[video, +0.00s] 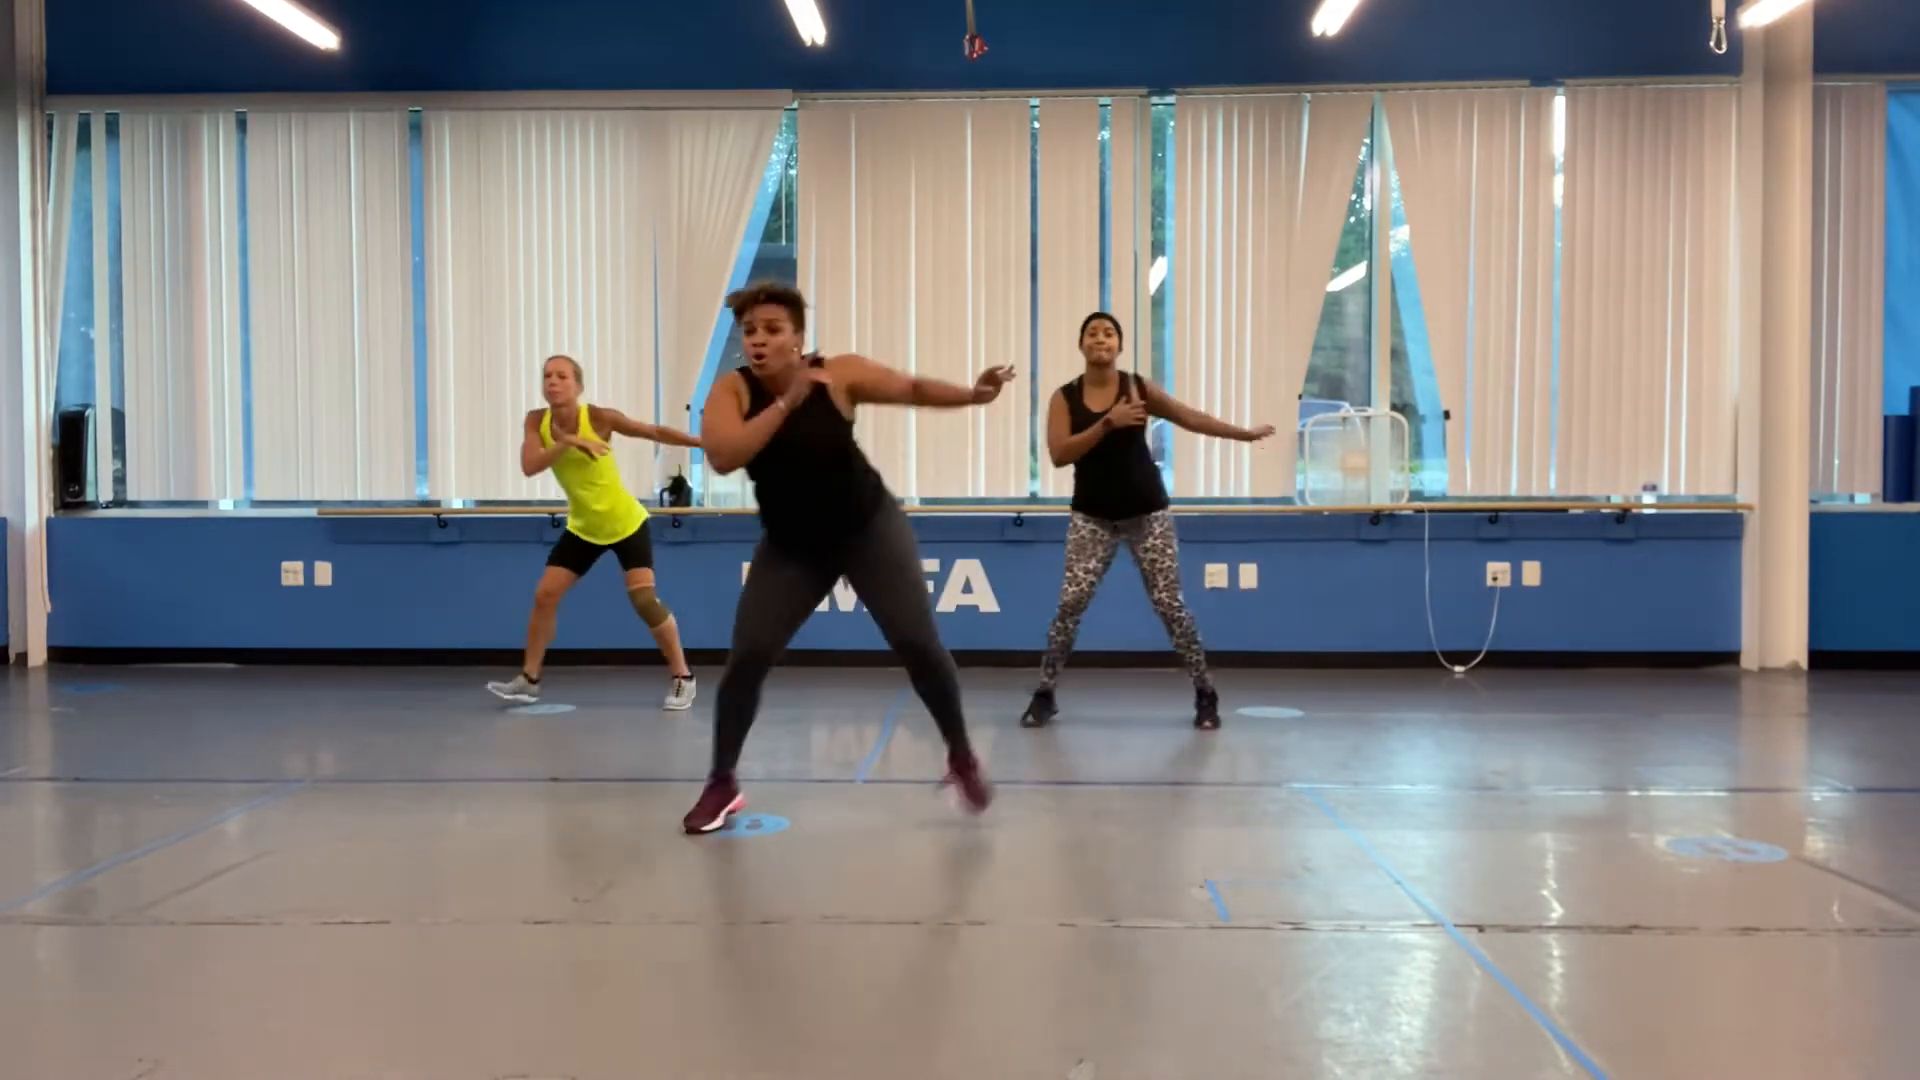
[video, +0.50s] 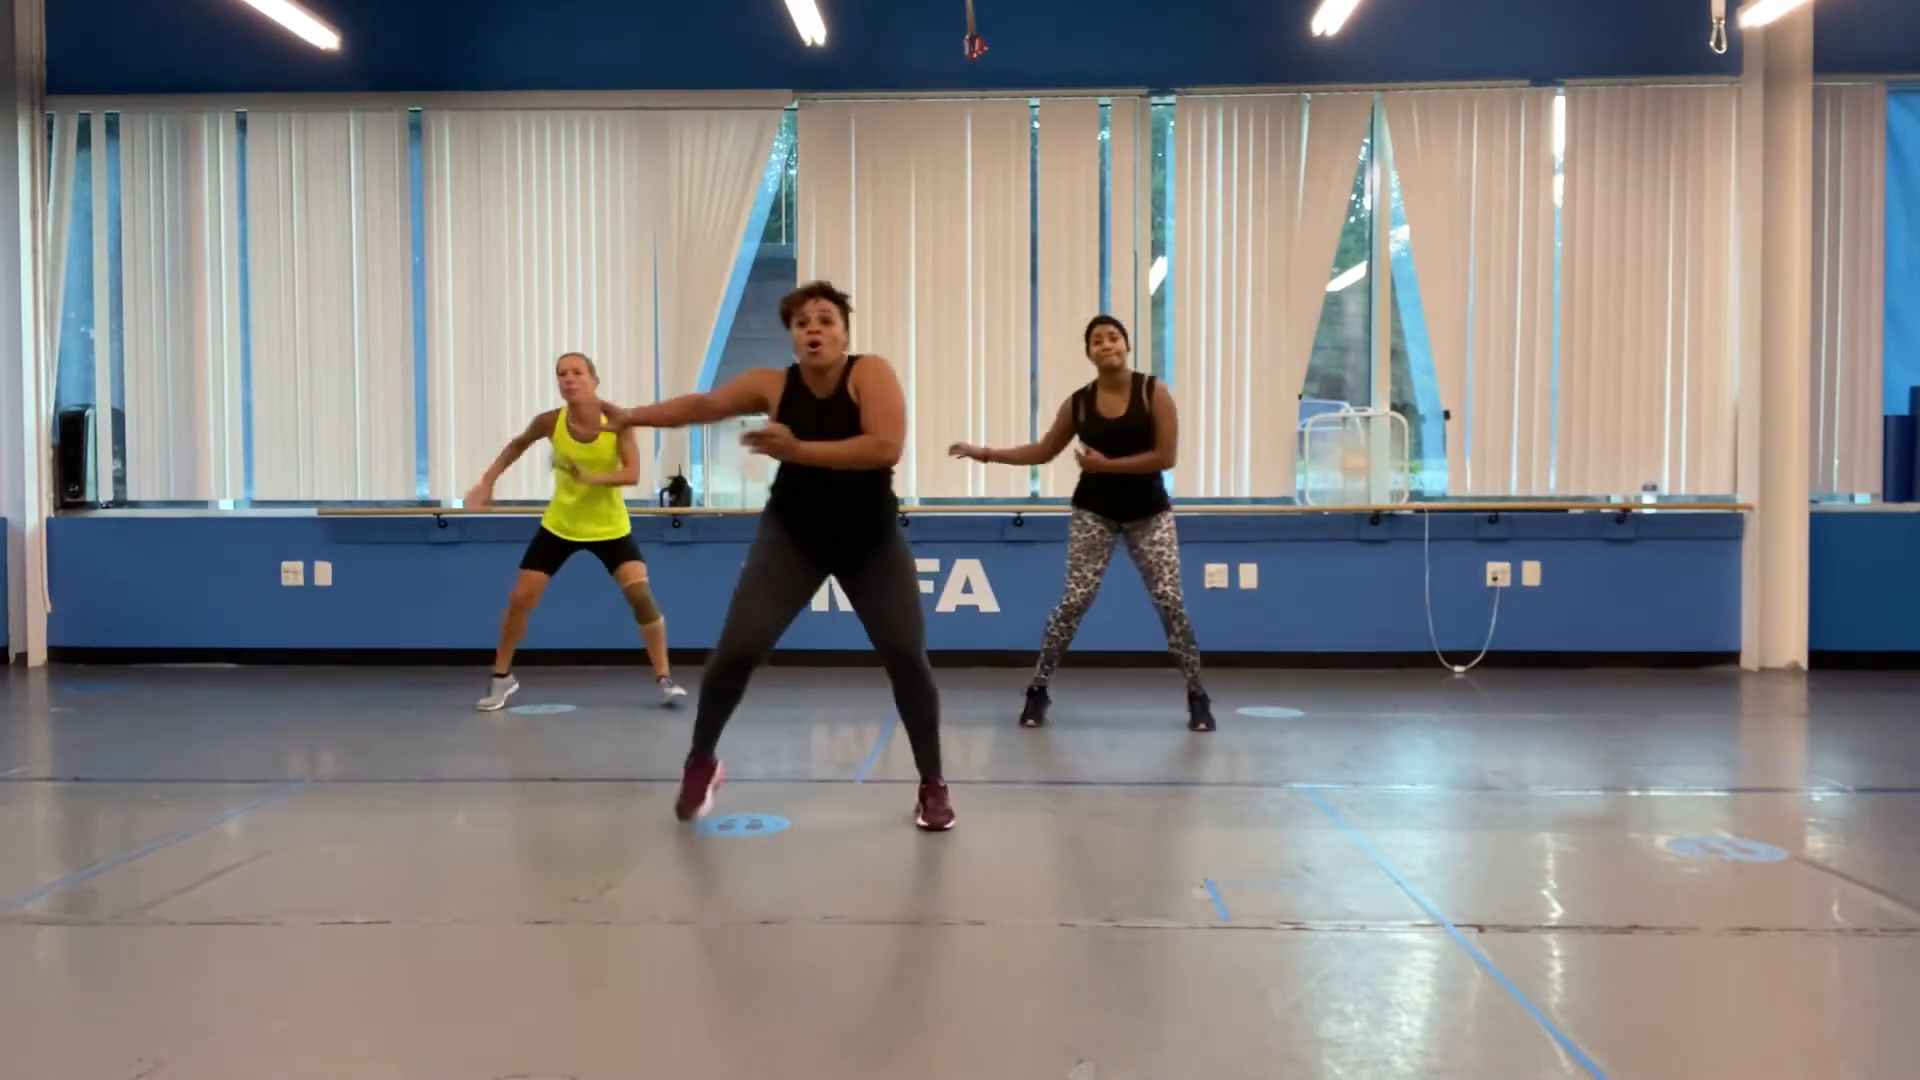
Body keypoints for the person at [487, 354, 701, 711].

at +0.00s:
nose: (552, 382)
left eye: (561, 377)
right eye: (547, 377)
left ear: (578, 387)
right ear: (542, 388)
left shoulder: (601, 417)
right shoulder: (537, 421)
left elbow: (653, 432)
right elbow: (529, 466)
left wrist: (701, 442)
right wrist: (568, 442)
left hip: (626, 522)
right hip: (582, 526)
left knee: (643, 599)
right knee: (546, 595)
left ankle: (683, 678)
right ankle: (529, 680)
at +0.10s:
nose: (540, 389)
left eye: (548, 384)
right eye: (534, 384)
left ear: (565, 393)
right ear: (528, 393)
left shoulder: (586, 425)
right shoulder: (522, 427)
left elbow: (636, 439)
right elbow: (511, 467)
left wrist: (679, 446)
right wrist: (547, 441)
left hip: (603, 527)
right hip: (561, 532)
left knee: (621, 603)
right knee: (524, 598)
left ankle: (677, 671)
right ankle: (516, 685)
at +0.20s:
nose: (532, 391)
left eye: (541, 386)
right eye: (527, 386)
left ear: (558, 394)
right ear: (521, 394)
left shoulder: (581, 430)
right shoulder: (514, 434)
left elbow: (615, 460)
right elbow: (503, 485)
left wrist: (654, 477)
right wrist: (536, 458)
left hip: (594, 532)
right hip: (550, 534)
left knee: (596, 605)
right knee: (512, 598)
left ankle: (628, 663)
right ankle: (516, 685)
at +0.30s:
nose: (539, 387)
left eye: (547, 381)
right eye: (533, 382)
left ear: (564, 390)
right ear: (527, 392)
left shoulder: (589, 433)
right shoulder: (518, 435)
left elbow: (605, 481)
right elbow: (502, 488)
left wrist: (631, 516)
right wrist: (527, 491)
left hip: (590, 530)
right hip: (543, 531)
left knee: (597, 603)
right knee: (507, 598)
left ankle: (612, 669)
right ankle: (514, 684)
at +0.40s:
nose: (555, 383)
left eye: (563, 377)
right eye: (549, 378)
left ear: (579, 385)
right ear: (543, 388)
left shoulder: (602, 429)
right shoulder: (531, 428)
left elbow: (612, 479)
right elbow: (507, 463)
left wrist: (603, 502)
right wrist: (504, 501)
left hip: (592, 526)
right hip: (544, 526)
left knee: (621, 589)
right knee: (509, 596)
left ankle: (641, 662)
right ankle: (513, 684)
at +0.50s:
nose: (568, 379)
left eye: (576, 373)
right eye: (562, 375)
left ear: (594, 380)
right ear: (558, 384)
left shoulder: (618, 422)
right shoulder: (549, 422)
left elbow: (632, 474)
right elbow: (518, 446)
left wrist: (591, 477)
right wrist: (487, 481)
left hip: (609, 526)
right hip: (560, 524)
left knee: (640, 592)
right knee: (521, 598)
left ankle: (665, 680)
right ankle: (501, 677)